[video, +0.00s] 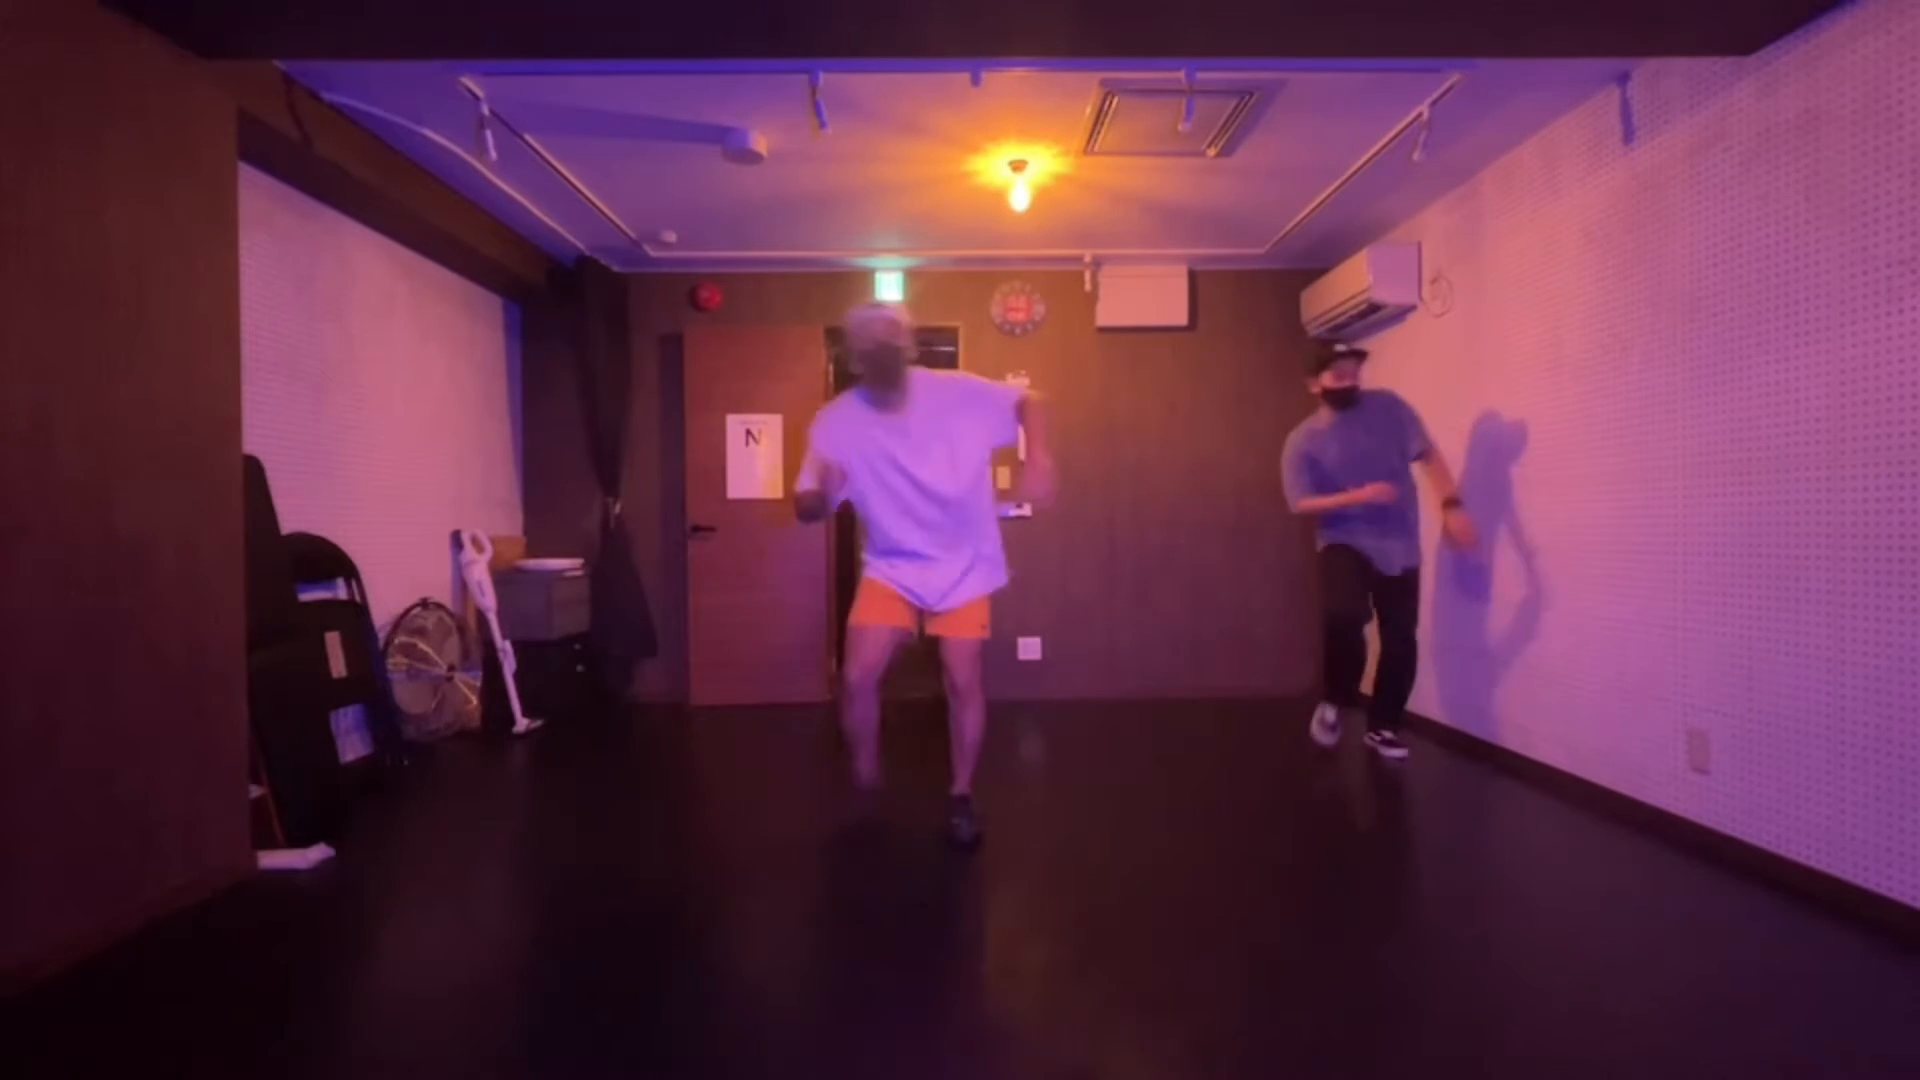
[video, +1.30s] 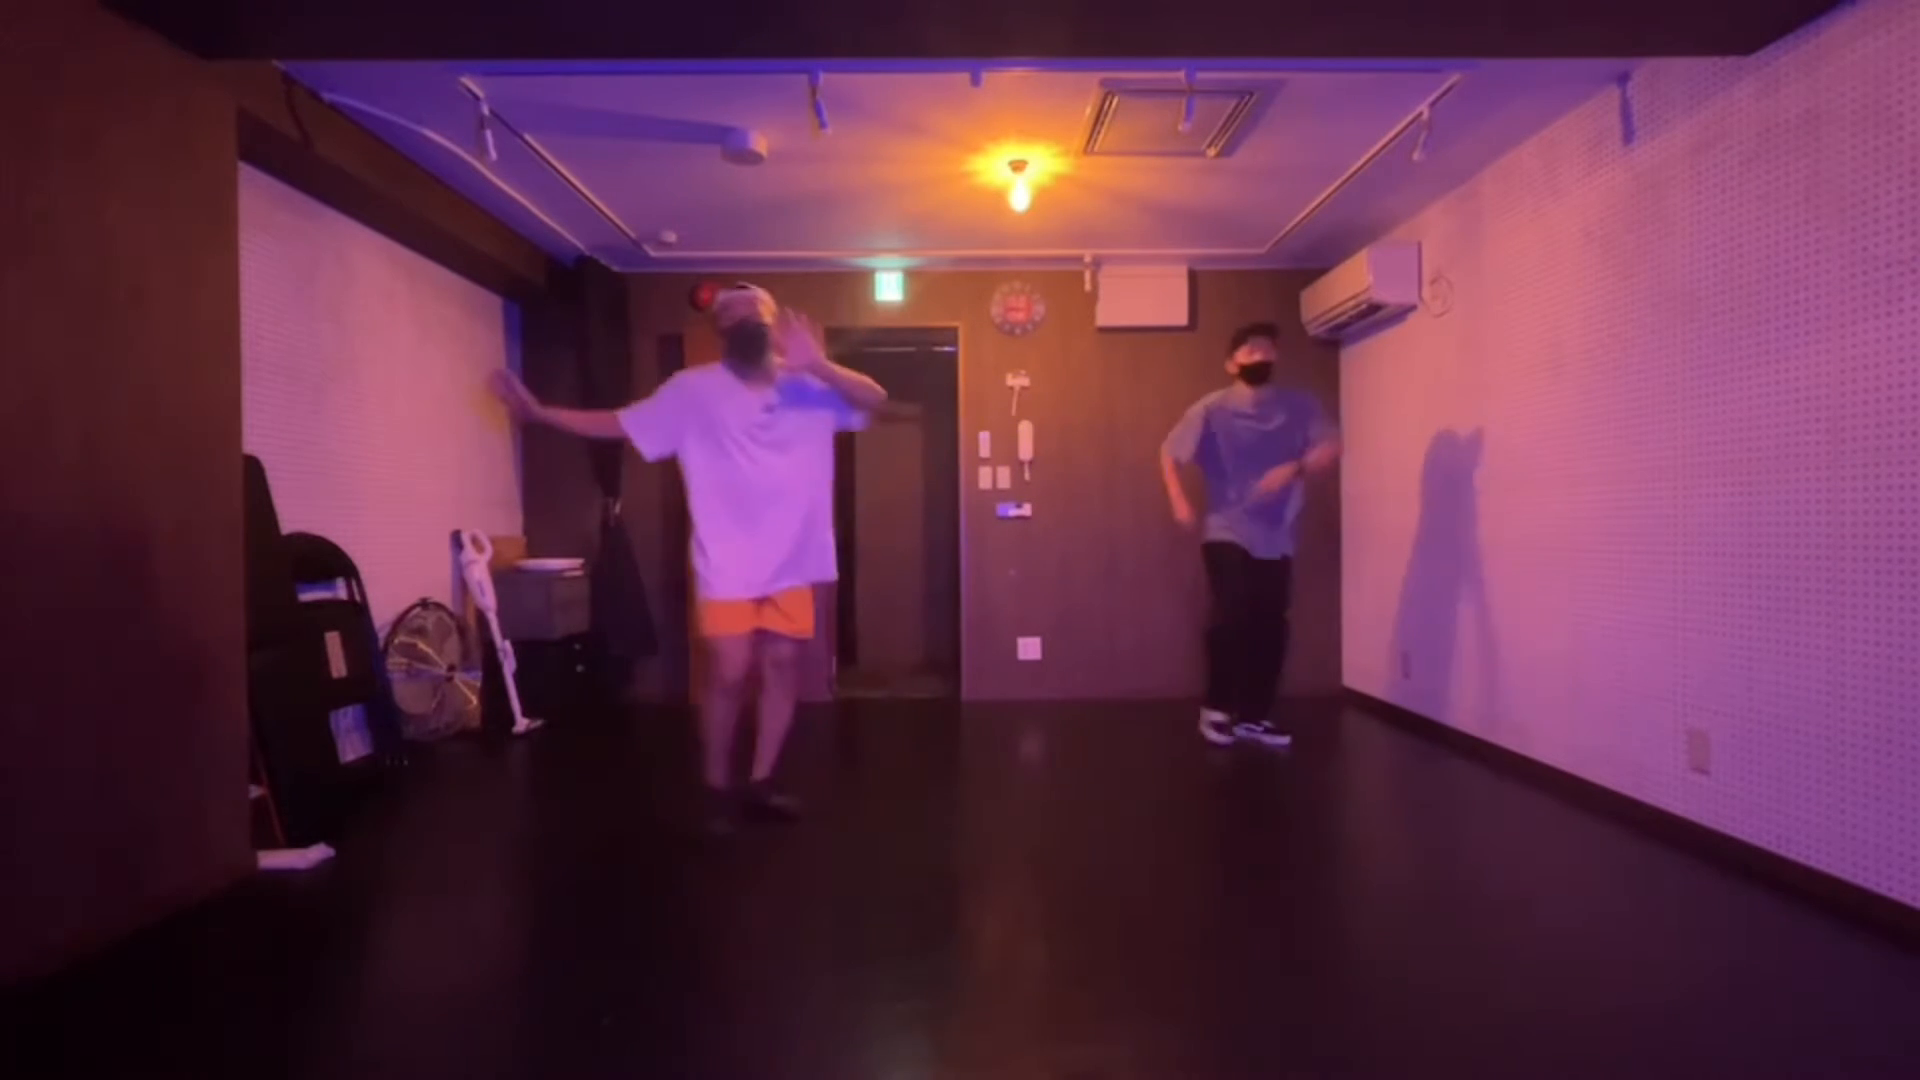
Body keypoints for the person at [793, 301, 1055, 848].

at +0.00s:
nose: (882, 363)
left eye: (890, 351)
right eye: (870, 354)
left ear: (909, 348)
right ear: (852, 360)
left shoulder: (955, 392)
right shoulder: (837, 421)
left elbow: (1029, 404)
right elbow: (807, 507)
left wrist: (1038, 465)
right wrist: (823, 492)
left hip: (962, 565)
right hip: (889, 567)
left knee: (963, 682)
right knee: (857, 676)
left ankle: (961, 797)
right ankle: (867, 794)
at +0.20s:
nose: (819, 330)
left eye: (830, 319)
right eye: (806, 325)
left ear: (853, 329)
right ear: (794, 343)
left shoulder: (902, 372)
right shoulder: (799, 407)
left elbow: (983, 381)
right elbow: (779, 491)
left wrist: (1040, 432)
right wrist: (779, 434)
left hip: (932, 556)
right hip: (862, 563)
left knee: (953, 673)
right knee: (853, 676)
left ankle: (964, 796)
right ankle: (845, 805)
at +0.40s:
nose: (813, 319)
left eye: (826, 310)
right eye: (801, 311)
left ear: (848, 324)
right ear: (787, 325)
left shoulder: (885, 364)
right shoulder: (768, 388)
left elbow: (961, 363)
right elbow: (706, 434)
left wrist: (985, 431)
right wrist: (710, 422)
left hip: (894, 549)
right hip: (823, 558)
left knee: (914, 666)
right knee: (824, 675)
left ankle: (945, 769)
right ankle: (840, 805)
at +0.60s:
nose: (814, 345)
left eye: (828, 335)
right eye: (804, 335)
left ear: (852, 347)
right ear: (791, 343)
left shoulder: (883, 396)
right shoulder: (762, 394)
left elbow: (959, 411)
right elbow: (690, 435)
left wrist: (918, 432)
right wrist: (678, 498)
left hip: (867, 563)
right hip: (792, 569)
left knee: (883, 677)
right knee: (799, 689)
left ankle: (866, 733)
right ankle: (840, 806)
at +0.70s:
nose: (817, 336)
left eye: (832, 329)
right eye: (809, 327)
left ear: (854, 347)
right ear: (793, 339)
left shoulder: (875, 405)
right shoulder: (759, 397)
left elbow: (921, 464)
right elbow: (702, 461)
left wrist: (890, 444)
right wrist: (662, 526)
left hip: (854, 577)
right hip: (779, 579)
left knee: (857, 695)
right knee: (797, 693)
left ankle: (817, 754)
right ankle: (839, 805)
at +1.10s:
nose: (786, 330)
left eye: (797, 322)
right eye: (775, 322)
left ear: (816, 332)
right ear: (757, 334)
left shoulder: (835, 393)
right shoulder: (729, 387)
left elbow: (893, 437)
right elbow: (654, 437)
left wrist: (844, 391)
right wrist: (582, 470)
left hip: (811, 559)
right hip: (747, 557)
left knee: (808, 673)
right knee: (771, 663)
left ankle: (771, 778)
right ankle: (777, 792)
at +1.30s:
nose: (746, 328)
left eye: (755, 318)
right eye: (733, 322)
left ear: (775, 330)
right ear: (719, 335)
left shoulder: (808, 389)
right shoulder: (694, 390)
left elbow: (876, 399)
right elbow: (618, 425)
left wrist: (818, 364)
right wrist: (541, 413)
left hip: (793, 559)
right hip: (725, 561)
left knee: (783, 664)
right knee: (728, 671)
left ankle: (762, 782)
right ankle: (716, 790)